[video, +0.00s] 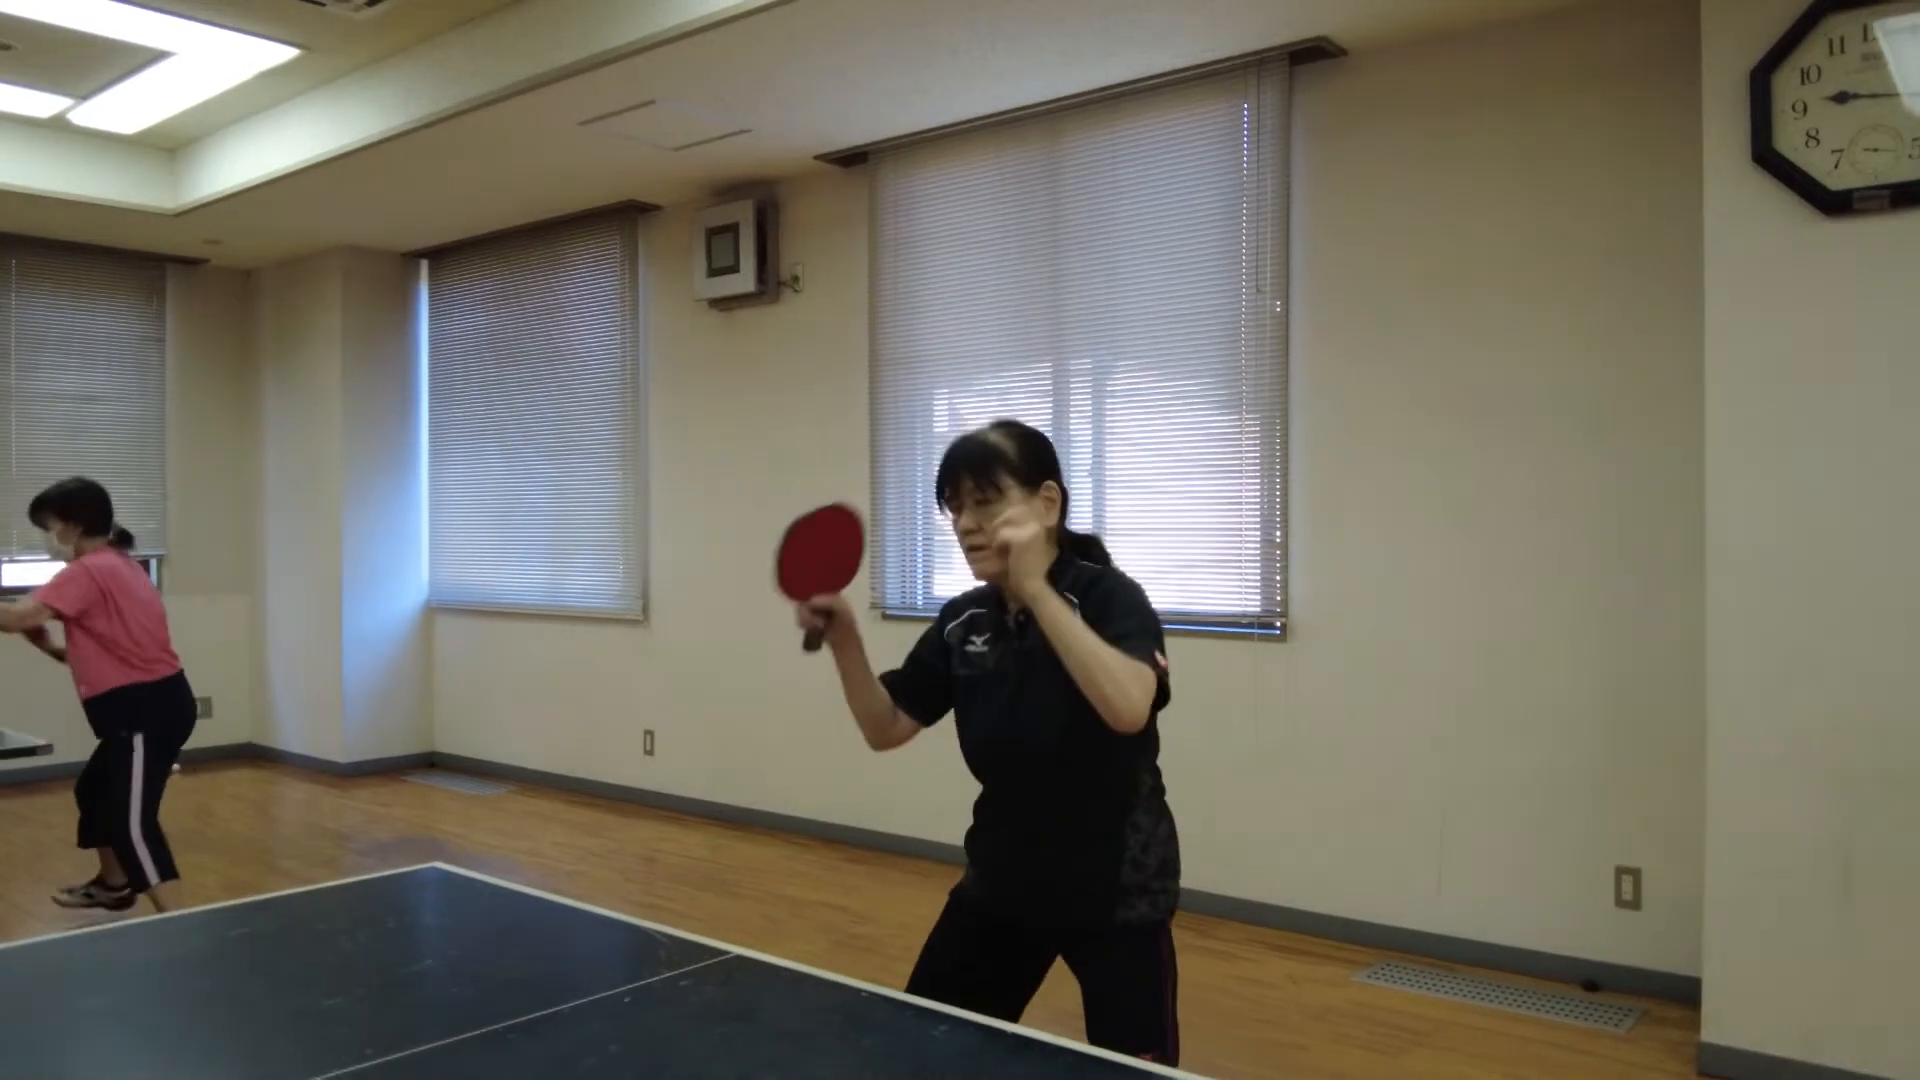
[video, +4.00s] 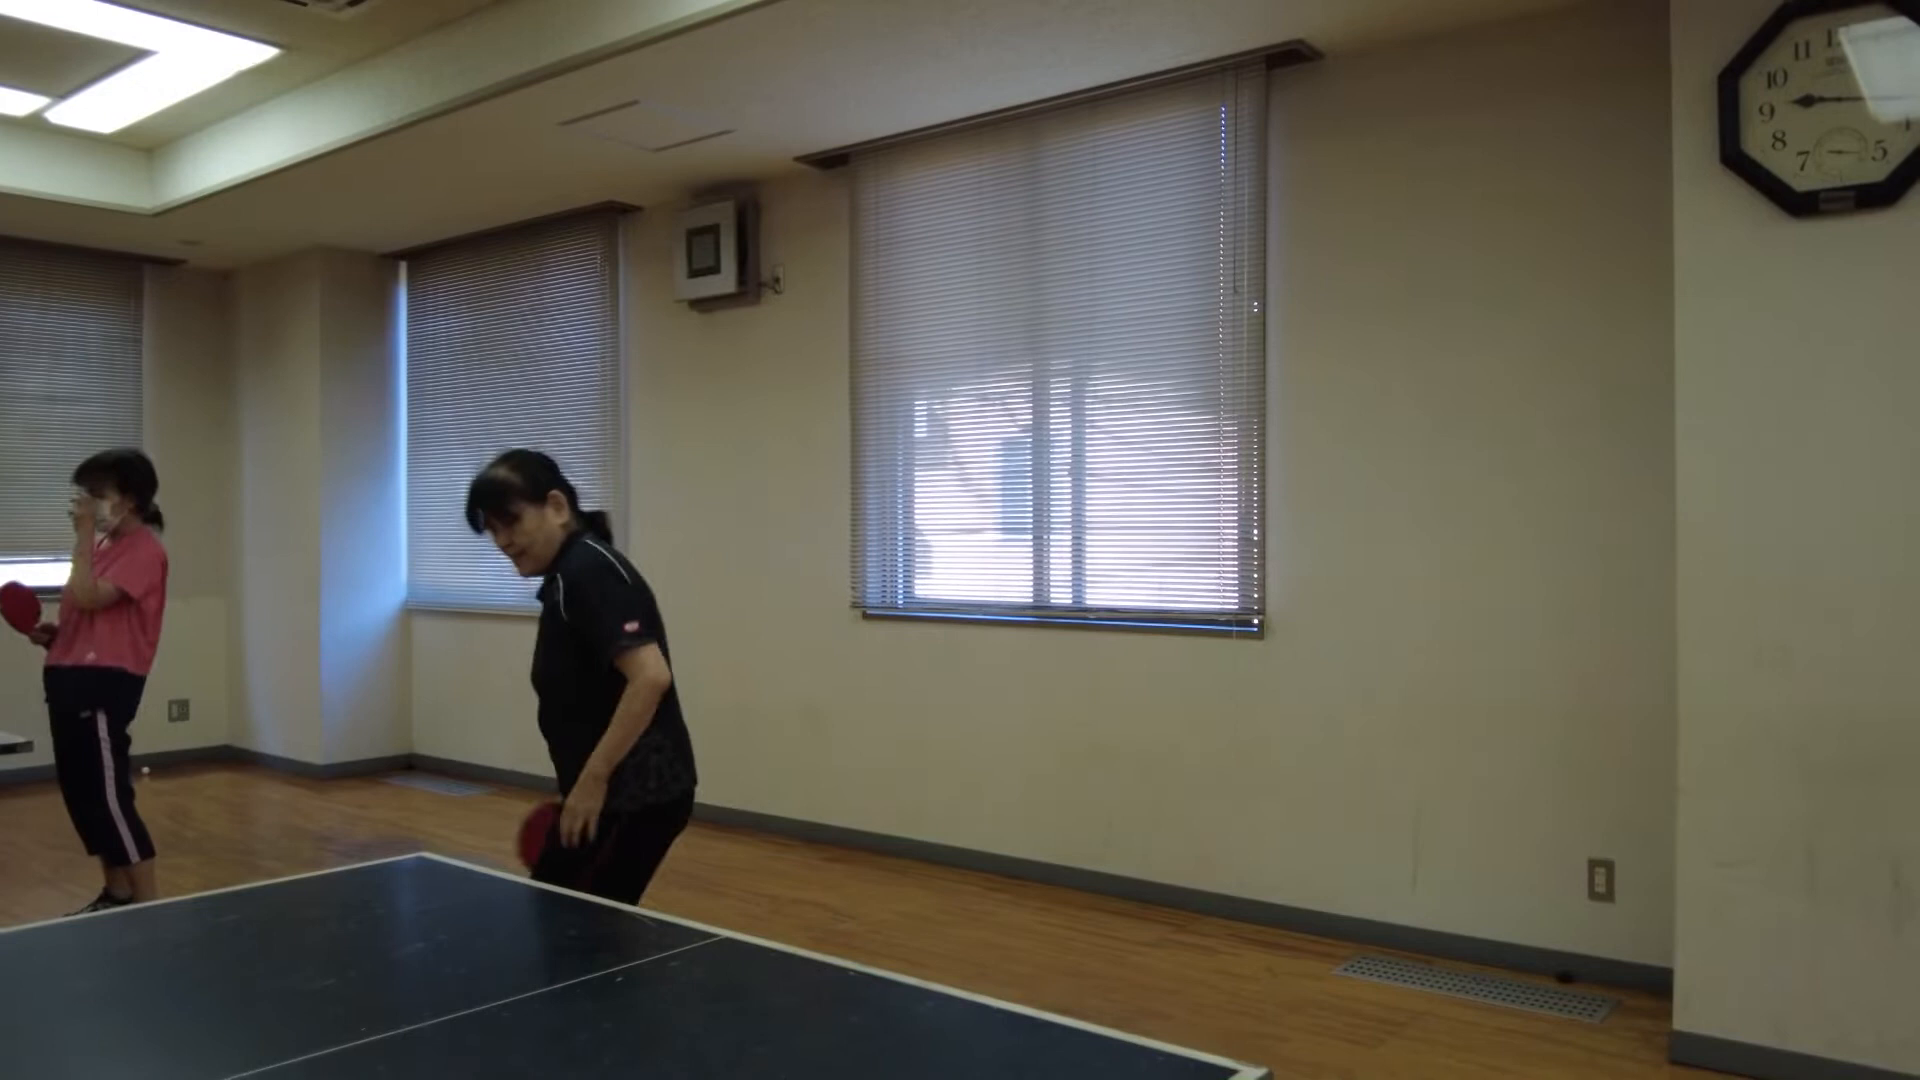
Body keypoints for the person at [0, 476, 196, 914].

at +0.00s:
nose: (51, 540)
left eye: (53, 529)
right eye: (49, 530)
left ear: (74, 524)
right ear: (94, 523)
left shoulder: (90, 570)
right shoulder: (121, 567)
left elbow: (22, 616)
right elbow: (103, 658)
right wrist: (48, 645)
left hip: (146, 711)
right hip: (146, 706)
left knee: (133, 821)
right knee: (93, 791)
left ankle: (176, 922)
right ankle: (114, 882)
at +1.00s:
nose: (59, 540)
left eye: (62, 530)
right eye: (58, 531)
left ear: (84, 528)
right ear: (97, 530)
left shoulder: (95, 568)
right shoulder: (107, 571)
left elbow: (32, 604)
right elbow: (96, 646)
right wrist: (33, 652)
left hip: (164, 695)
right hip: (156, 697)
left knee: (172, 797)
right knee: (115, 782)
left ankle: (209, 905)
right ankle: (147, 875)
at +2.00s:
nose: (19, 545)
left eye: (25, 534)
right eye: (17, 536)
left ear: (55, 537)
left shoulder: (71, 579)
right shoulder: (56, 592)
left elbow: (106, 610)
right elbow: (71, 666)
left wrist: (128, 635)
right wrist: (35, 715)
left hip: (127, 696)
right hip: (114, 699)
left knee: (50, 780)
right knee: (89, 789)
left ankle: (16, 884)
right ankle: (149, 869)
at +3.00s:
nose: (60, 502)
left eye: (68, 492)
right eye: (59, 492)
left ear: (98, 496)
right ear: (83, 498)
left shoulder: (119, 549)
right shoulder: (93, 547)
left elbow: (146, 638)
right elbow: (102, 625)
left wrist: (82, 675)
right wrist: (57, 643)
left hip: (147, 684)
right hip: (120, 683)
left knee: (118, 802)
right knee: (104, 794)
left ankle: (156, 911)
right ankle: (128, 888)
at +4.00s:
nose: (89, 505)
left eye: (98, 495)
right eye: (87, 496)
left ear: (130, 498)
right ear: (97, 501)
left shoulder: (146, 549)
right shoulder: (104, 549)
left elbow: (86, 595)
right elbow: (93, 635)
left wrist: (83, 533)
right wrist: (52, 635)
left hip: (107, 679)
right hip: (72, 678)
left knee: (110, 794)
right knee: (82, 790)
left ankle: (148, 905)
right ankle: (119, 892)